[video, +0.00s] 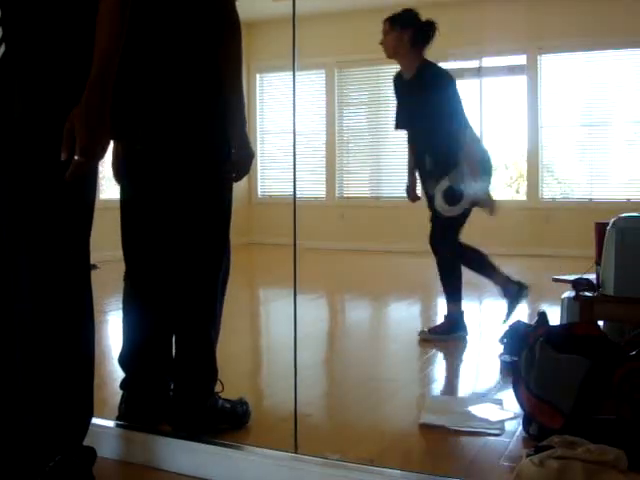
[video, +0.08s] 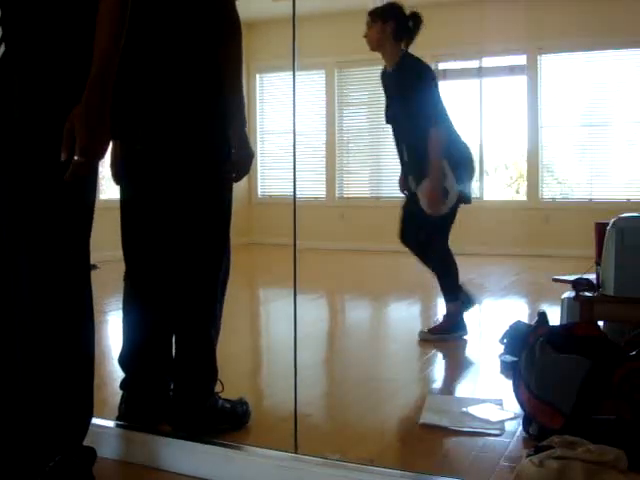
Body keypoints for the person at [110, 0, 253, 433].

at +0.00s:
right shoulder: (224, 14)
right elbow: (229, 61)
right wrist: (238, 133)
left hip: (141, 132)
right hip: (202, 133)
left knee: (146, 266)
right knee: (203, 268)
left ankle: (142, 396)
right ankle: (196, 396)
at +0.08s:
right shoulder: (224, 14)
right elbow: (229, 65)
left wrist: (117, 134)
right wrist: (239, 134)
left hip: (141, 136)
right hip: (201, 138)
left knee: (145, 269)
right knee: (203, 271)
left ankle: (141, 396)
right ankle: (196, 397)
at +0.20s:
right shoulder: (225, 13)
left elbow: (108, 54)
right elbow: (230, 62)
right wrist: (239, 134)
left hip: (141, 138)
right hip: (201, 139)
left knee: (146, 269)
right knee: (203, 272)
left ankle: (142, 397)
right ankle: (195, 397)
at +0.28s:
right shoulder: (225, 13)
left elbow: (109, 57)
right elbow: (230, 64)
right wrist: (240, 134)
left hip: (141, 138)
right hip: (201, 140)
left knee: (146, 270)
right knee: (203, 272)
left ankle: (142, 396)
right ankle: (196, 397)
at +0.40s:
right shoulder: (227, 15)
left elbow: (107, 47)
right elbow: (231, 61)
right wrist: (241, 132)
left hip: (141, 135)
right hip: (201, 136)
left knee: (146, 268)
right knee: (204, 270)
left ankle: (142, 396)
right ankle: (196, 396)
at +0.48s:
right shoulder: (227, 16)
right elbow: (231, 50)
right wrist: (241, 131)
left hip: (142, 130)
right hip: (202, 132)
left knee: (146, 266)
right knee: (204, 268)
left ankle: (142, 396)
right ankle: (196, 396)